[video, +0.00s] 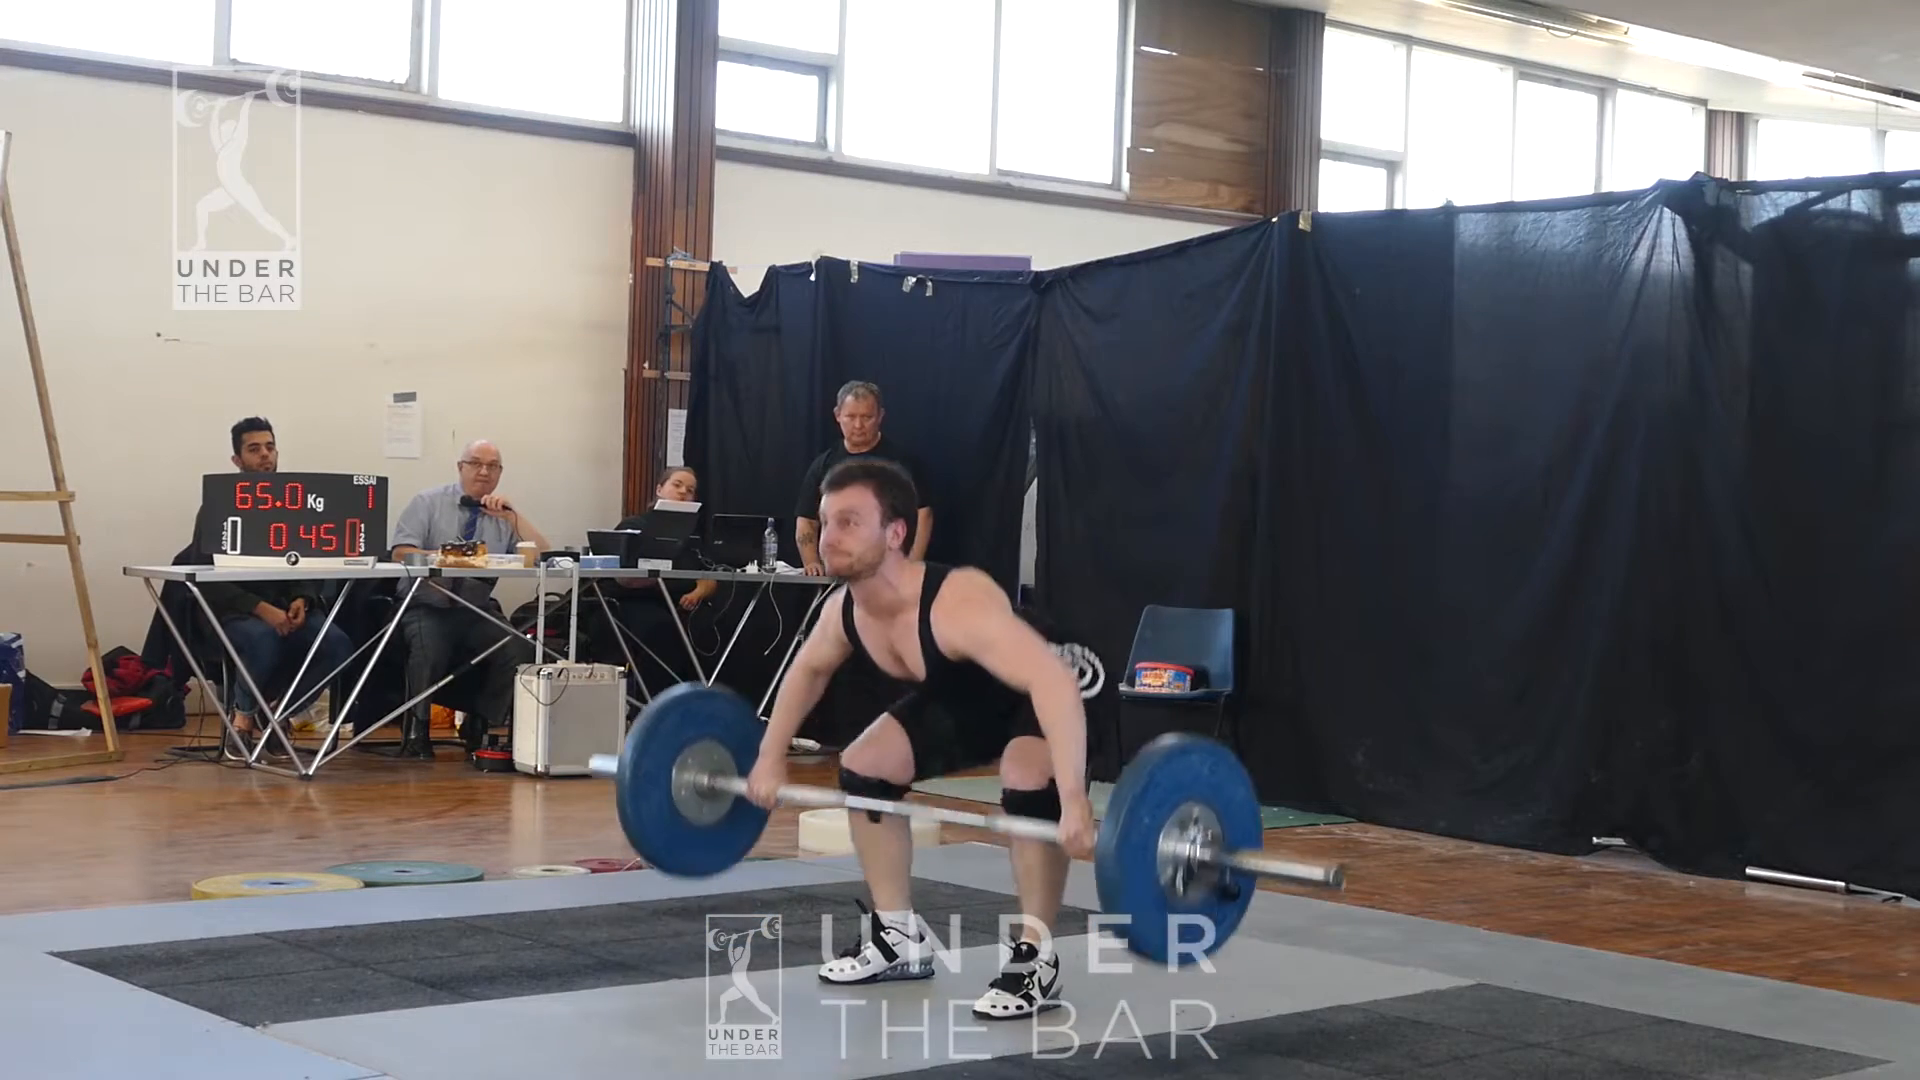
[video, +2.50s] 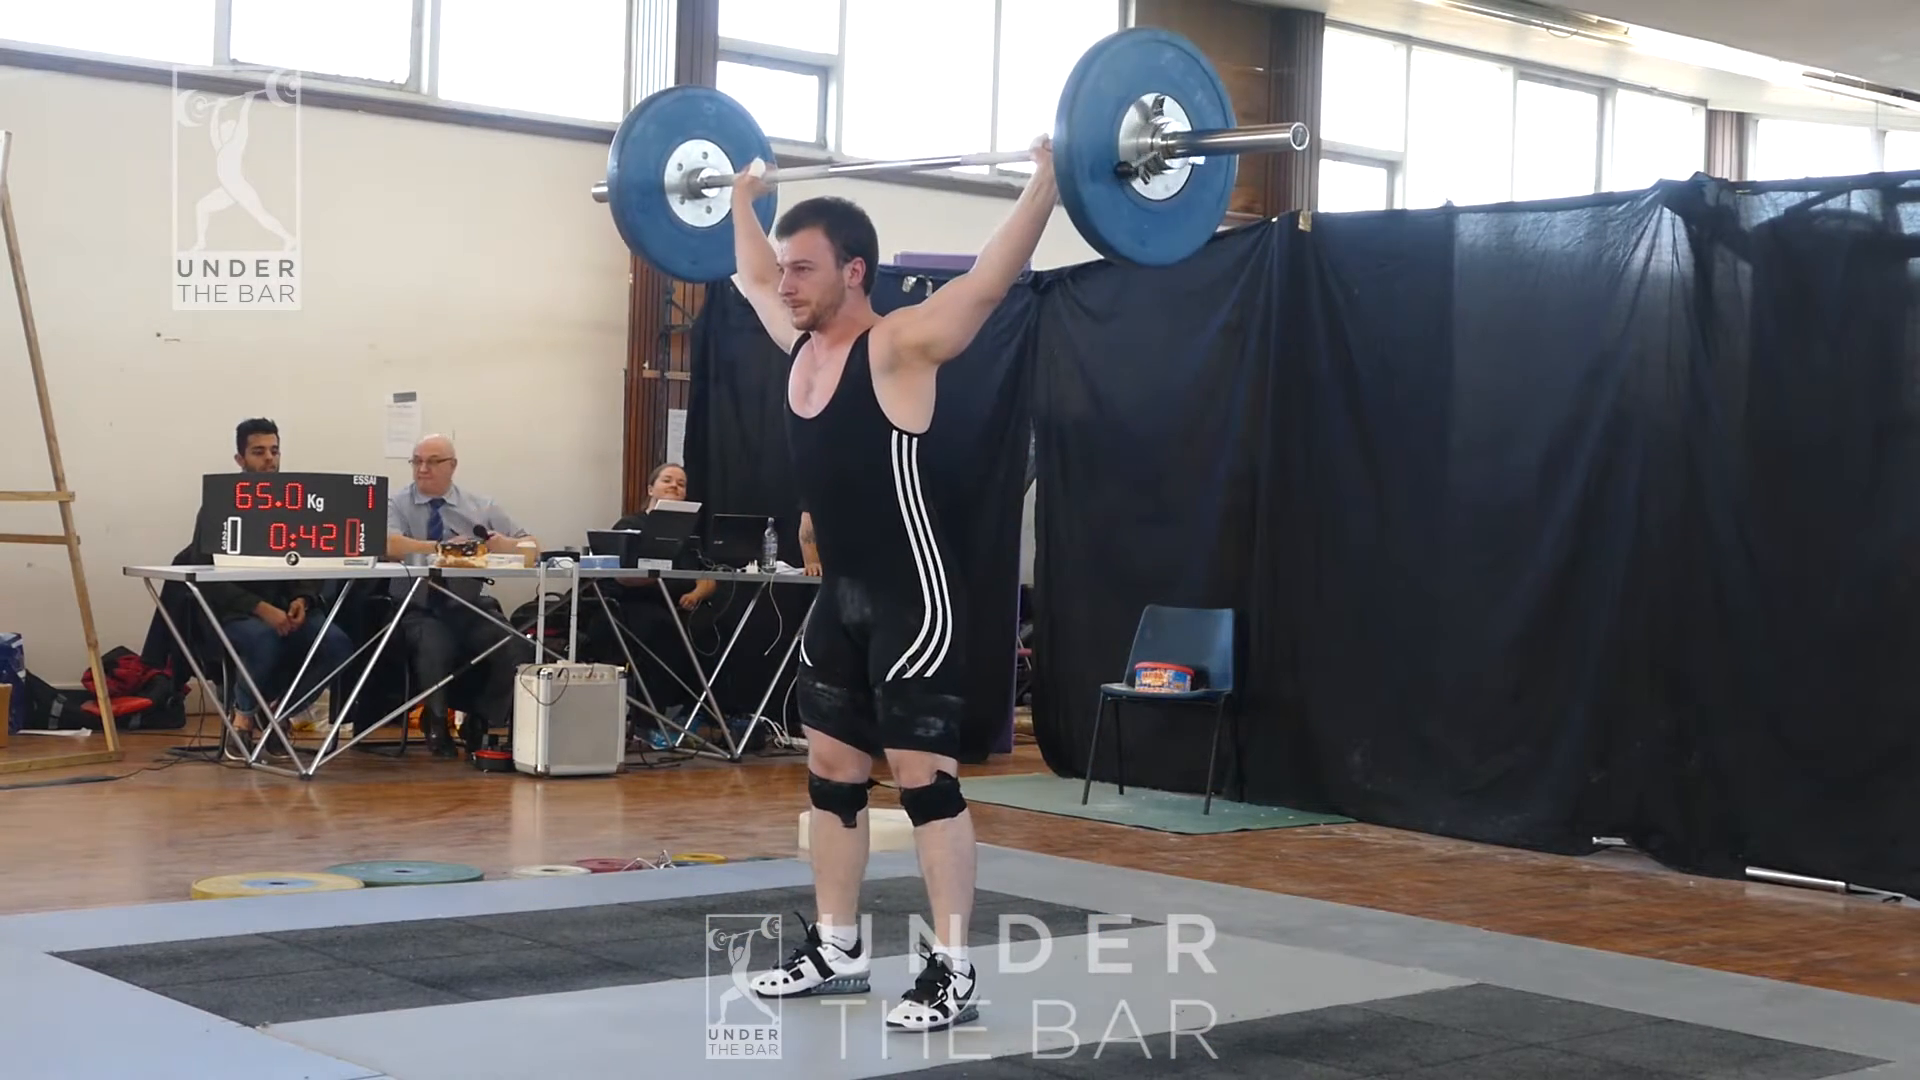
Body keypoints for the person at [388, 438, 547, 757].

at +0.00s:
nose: (484, 472)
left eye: (492, 466)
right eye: (475, 464)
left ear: (500, 473)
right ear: (460, 468)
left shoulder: (503, 516)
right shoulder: (428, 502)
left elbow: (544, 554)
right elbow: (401, 551)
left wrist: (514, 516)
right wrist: (441, 560)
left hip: (478, 609)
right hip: (428, 605)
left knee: (517, 652)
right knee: (429, 651)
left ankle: (477, 726)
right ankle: (417, 730)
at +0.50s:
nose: (484, 471)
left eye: (493, 466)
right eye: (476, 464)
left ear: (500, 473)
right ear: (460, 468)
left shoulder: (503, 516)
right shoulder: (428, 502)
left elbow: (544, 553)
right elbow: (401, 550)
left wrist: (515, 515)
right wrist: (442, 561)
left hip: (478, 609)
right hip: (429, 605)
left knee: (518, 652)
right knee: (429, 651)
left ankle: (477, 726)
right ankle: (417, 730)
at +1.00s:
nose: (485, 471)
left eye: (493, 465)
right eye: (476, 464)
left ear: (500, 473)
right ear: (460, 468)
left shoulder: (504, 516)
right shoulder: (428, 502)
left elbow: (545, 555)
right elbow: (401, 551)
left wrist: (516, 515)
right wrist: (443, 562)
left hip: (478, 609)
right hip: (429, 606)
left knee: (518, 652)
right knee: (429, 651)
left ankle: (477, 725)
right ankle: (417, 730)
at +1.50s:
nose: (481, 472)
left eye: (490, 466)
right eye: (473, 464)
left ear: (499, 473)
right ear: (459, 468)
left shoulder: (503, 516)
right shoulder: (427, 502)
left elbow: (544, 555)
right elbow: (401, 552)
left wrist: (516, 515)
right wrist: (444, 560)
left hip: (478, 609)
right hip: (428, 605)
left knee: (518, 651)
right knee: (429, 649)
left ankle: (477, 727)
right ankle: (417, 731)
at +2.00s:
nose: (455, 470)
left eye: (465, 464)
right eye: (449, 463)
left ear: (483, 470)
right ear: (442, 465)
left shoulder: (495, 516)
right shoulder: (418, 503)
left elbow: (540, 553)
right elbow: (397, 550)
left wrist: (513, 519)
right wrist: (436, 559)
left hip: (476, 607)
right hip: (426, 604)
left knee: (516, 650)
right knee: (430, 646)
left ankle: (478, 727)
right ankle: (417, 732)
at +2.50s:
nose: (423, 469)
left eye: (433, 462)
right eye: (417, 462)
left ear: (453, 466)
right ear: (411, 464)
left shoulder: (479, 507)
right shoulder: (396, 504)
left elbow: (532, 547)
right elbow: (389, 545)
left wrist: (504, 545)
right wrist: (442, 548)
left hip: (469, 607)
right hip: (416, 607)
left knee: (513, 649)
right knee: (433, 642)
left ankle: (479, 724)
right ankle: (437, 724)